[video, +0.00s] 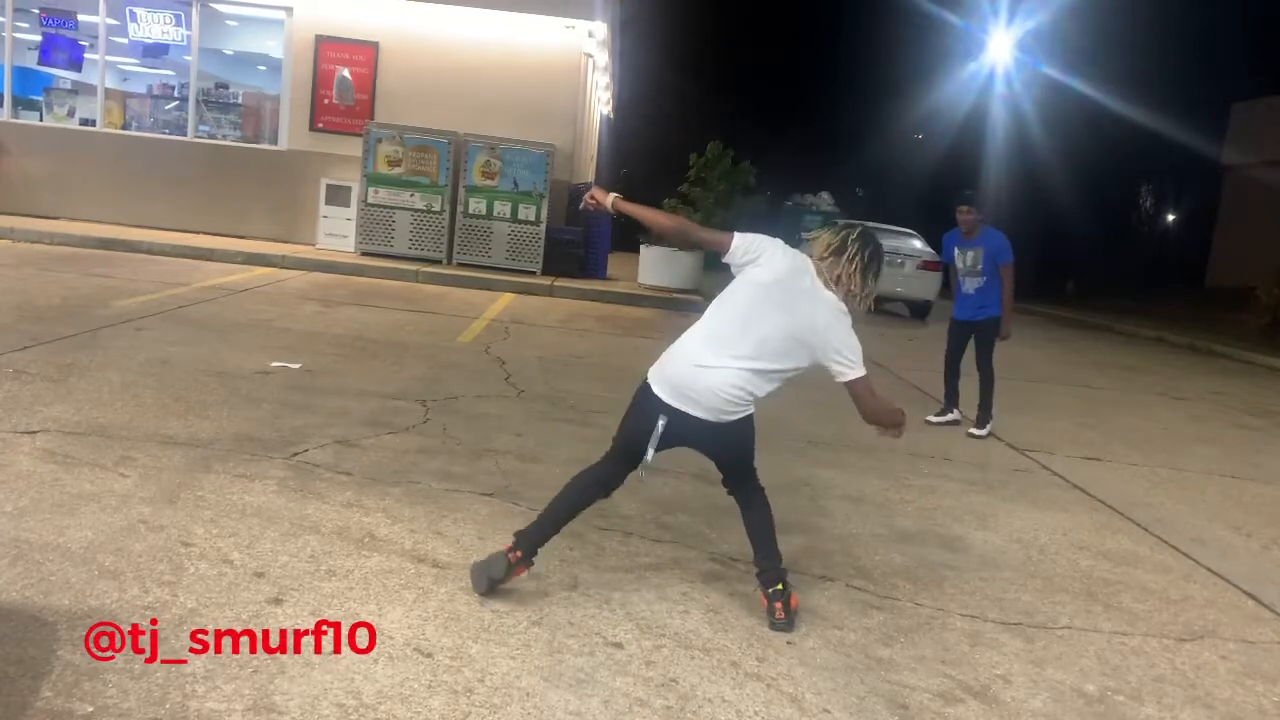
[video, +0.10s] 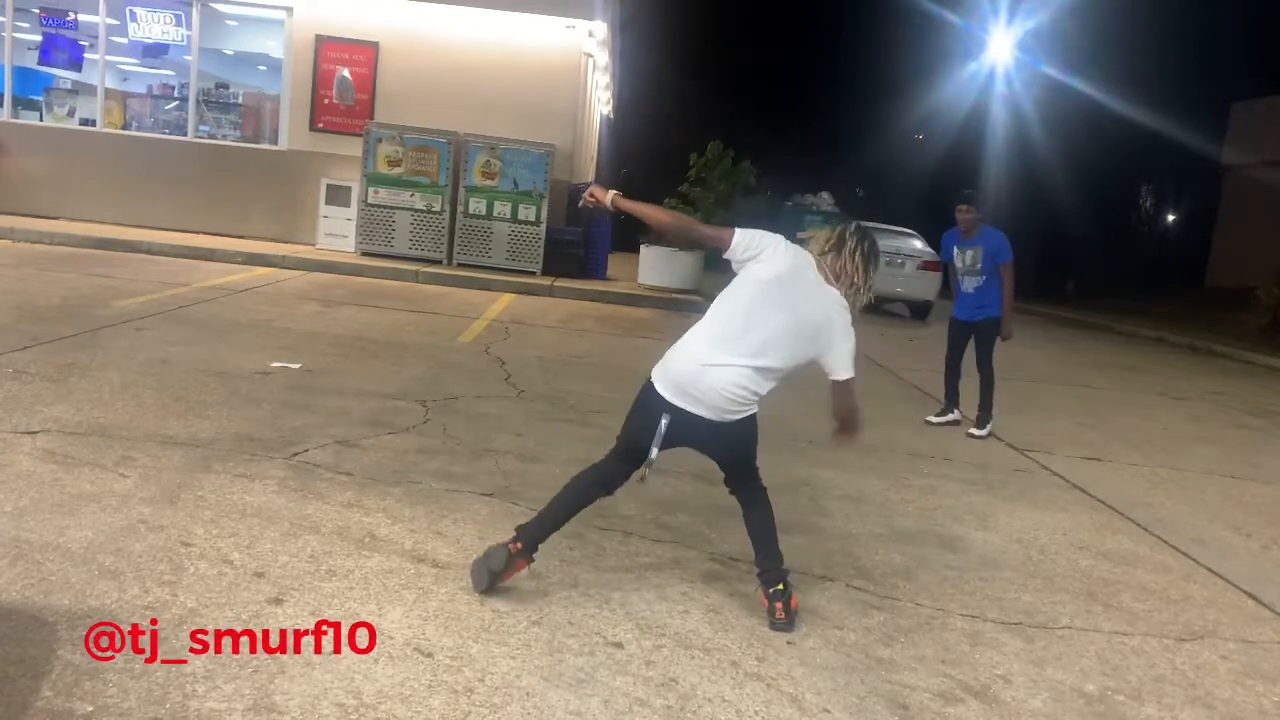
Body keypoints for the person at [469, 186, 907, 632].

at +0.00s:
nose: (862, 294)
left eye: (860, 282)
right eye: (865, 284)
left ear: (826, 250)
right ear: (856, 278)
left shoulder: (771, 252)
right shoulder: (834, 322)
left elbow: (687, 232)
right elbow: (871, 408)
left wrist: (617, 203)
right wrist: (894, 418)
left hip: (661, 391)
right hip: (724, 418)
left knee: (610, 468)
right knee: (746, 488)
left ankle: (520, 550)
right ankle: (776, 592)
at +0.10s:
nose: (859, 285)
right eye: (863, 276)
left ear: (821, 246)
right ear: (857, 272)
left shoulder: (774, 249)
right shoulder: (836, 316)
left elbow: (689, 229)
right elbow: (846, 410)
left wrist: (619, 201)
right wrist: (845, 425)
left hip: (665, 391)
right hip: (727, 420)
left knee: (612, 468)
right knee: (749, 489)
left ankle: (519, 546)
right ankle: (777, 594)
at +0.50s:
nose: (773, 223)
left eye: (784, 222)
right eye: (779, 219)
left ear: (794, 238)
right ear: (811, 258)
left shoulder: (757, 246)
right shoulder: (797, 312)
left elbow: (686, 240)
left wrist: (601, 213)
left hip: (665, 394)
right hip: (727, 421)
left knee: (606, 464)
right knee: (747, 487)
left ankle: (512, 548)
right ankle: (778, 592)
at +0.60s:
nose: (768, 224)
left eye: (778, 222)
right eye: (774, 220)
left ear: (787, 238)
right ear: (805, 259)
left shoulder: (749, 248)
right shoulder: (795, 313)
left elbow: (695, 284)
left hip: (666, 396)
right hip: (728, 420)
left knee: (606, 465)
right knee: (747, 484)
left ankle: (513, 547)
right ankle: (778, 589)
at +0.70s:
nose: (765, 221)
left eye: (775, 218)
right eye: (773, 216)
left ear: (785, 231)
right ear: (805, 253)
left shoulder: (741, 249)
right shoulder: (792, 309)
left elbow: (693, 308)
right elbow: (750, 362)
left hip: (670, 400)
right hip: (730, 423)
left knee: (604, 468)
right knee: (748, 485)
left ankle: (512, 549)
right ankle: (778, 591)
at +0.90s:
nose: (773, 217)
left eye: (782, 214)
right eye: (783, 214)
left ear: (787, 223)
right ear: (813, 250)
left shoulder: (738, 243)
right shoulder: (792, 307)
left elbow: (689, 299)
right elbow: (760, 363)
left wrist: (656, 374)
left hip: (662, 395)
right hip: (726, 419)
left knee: (603, 464)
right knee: (744, 488)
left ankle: (513, 549)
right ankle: (777, 591)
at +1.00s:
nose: (826, 294)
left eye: (831, 285)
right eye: (830, 287)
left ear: (804, 239)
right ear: (826, 279)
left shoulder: (747, 238)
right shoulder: (794, 317)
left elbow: (687, 296)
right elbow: (751, 368)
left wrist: (653, 364)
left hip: (657, 389)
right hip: (721, 414)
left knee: (596, 461)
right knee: (743, 485)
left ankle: (514, 551)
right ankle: (777, 590)